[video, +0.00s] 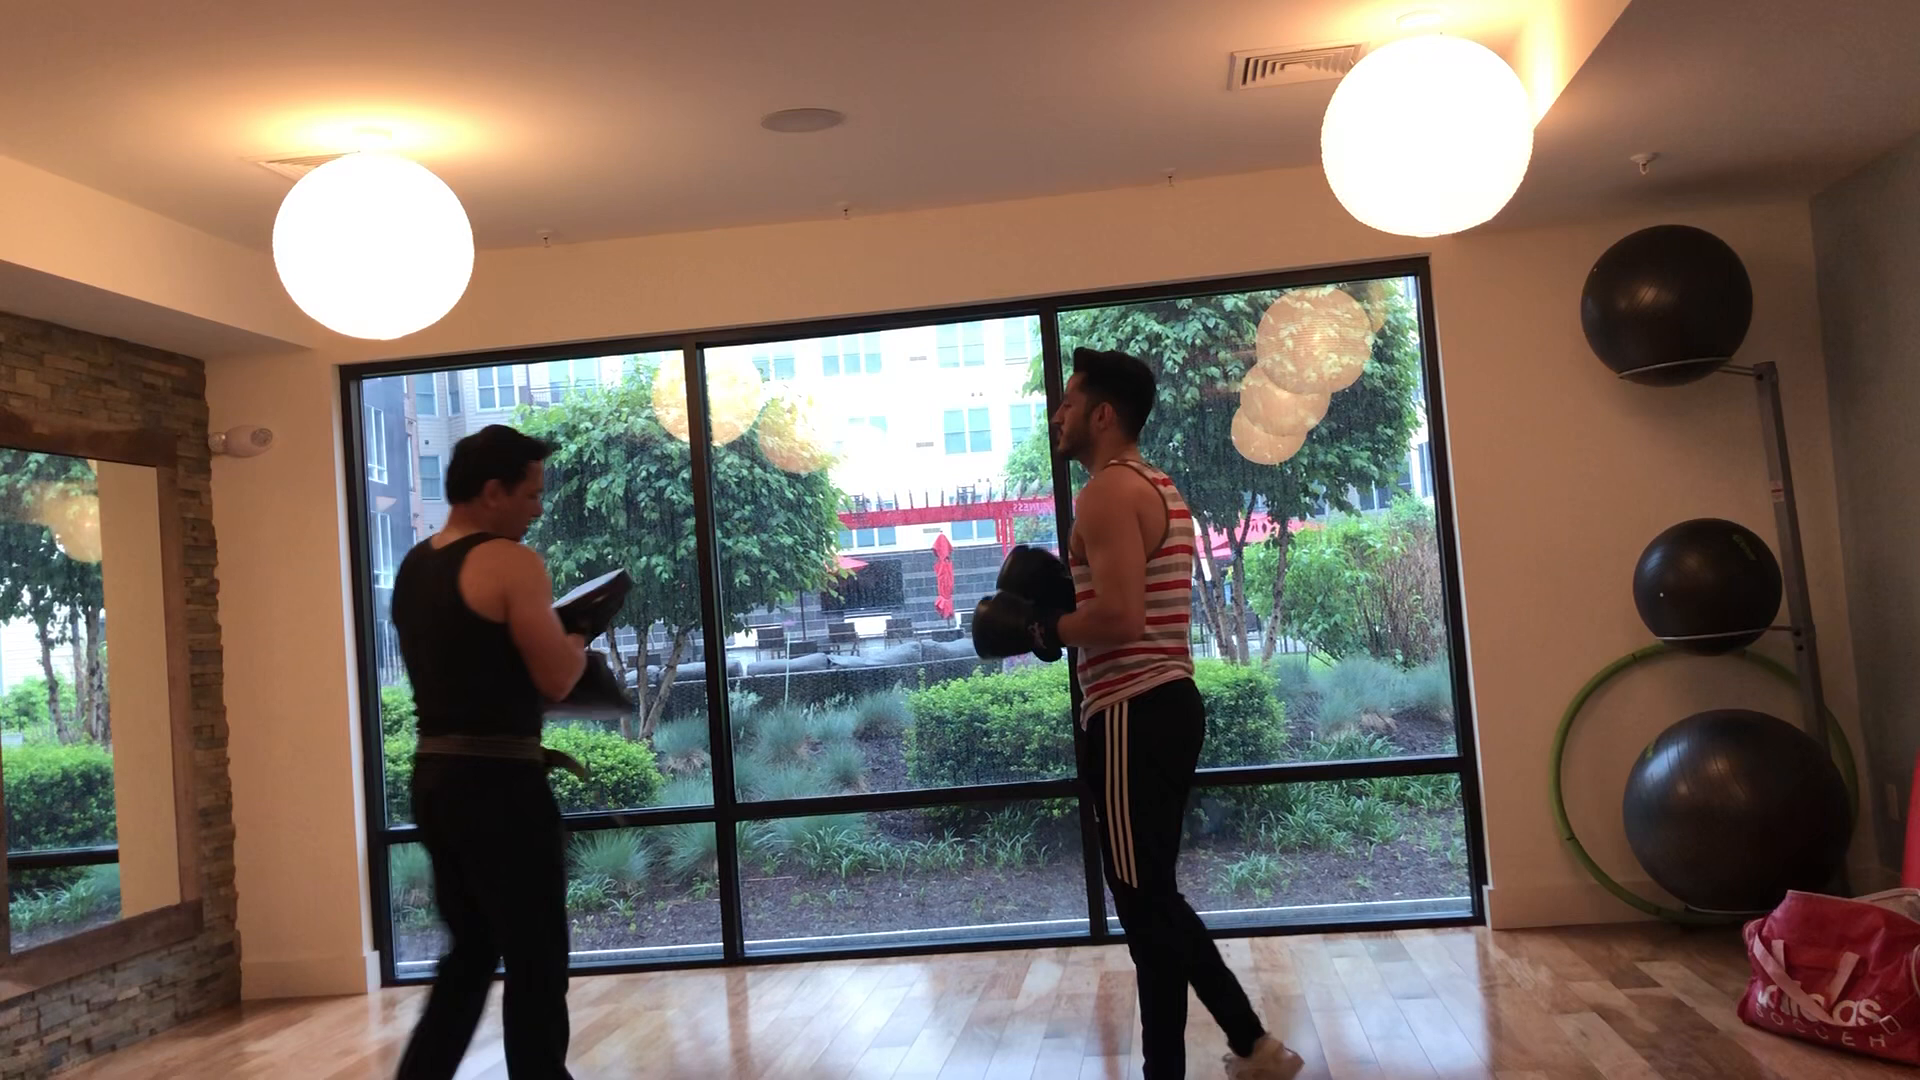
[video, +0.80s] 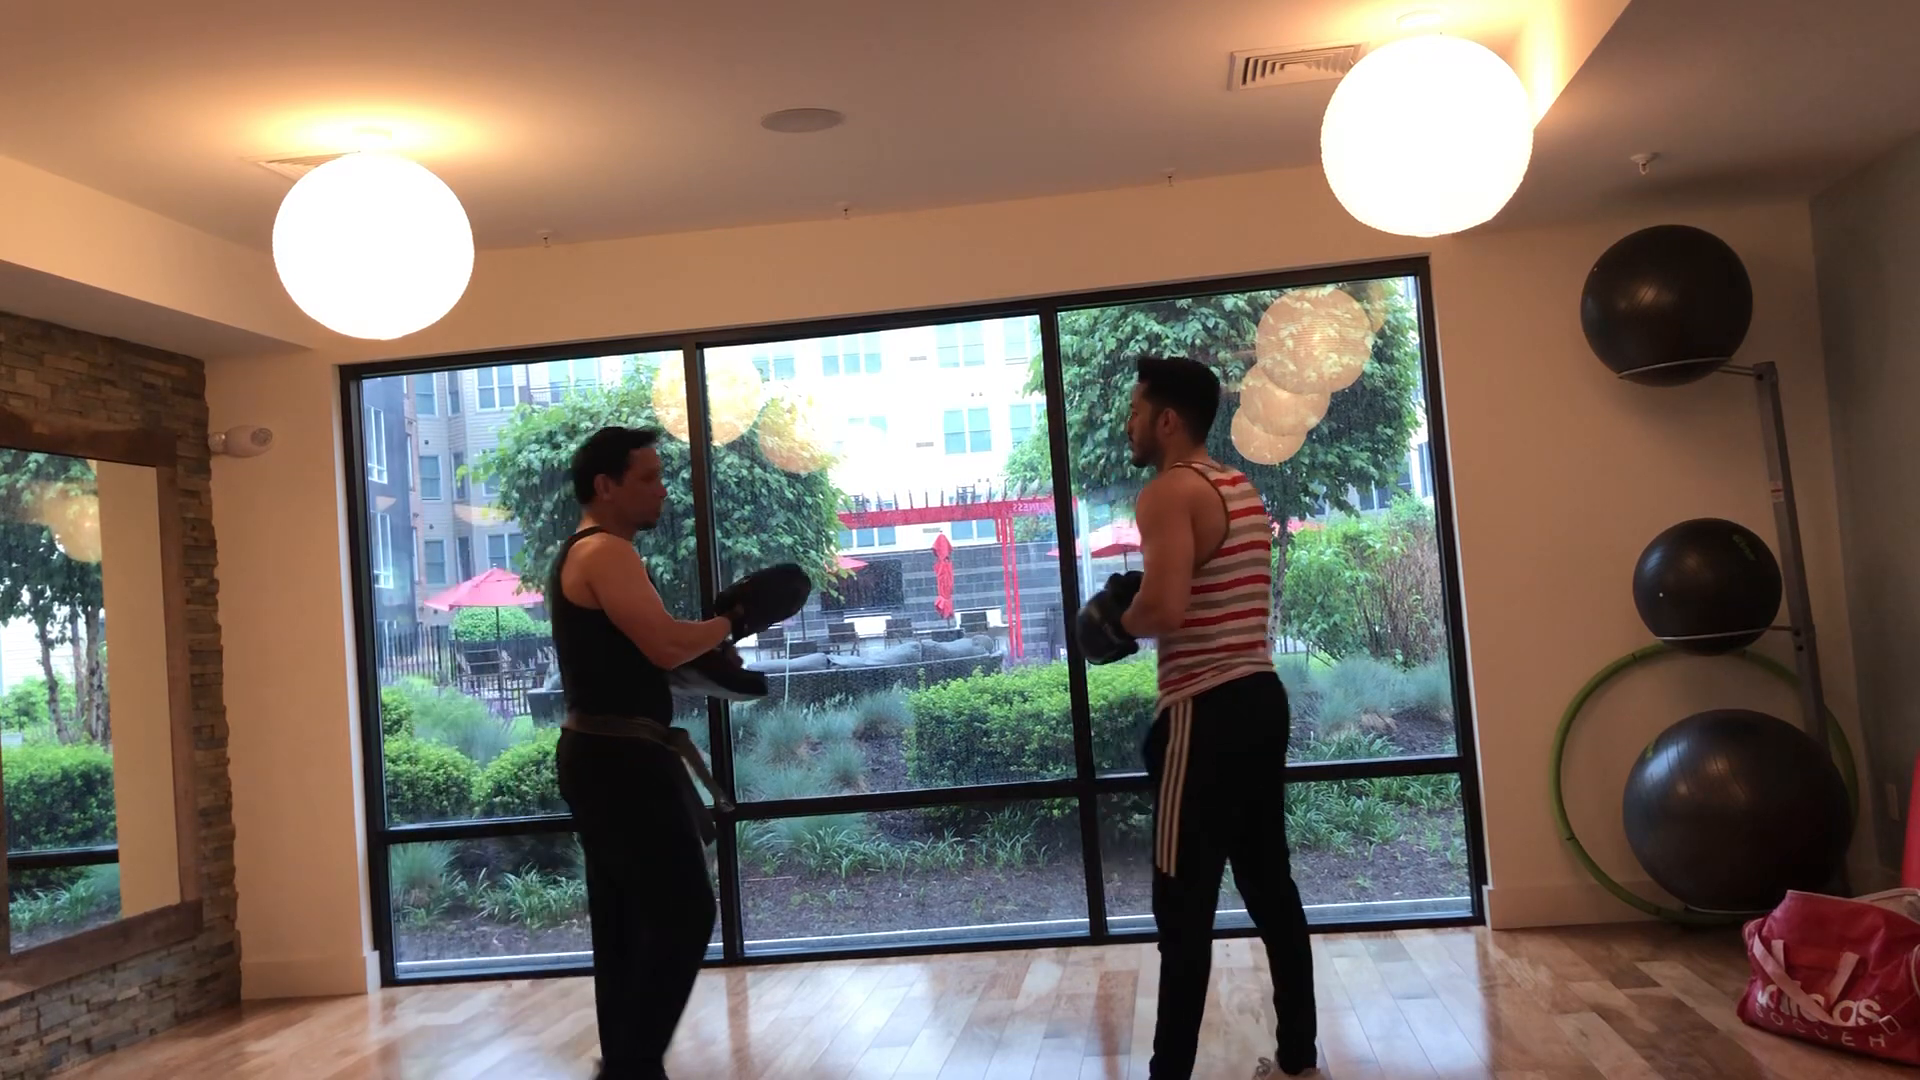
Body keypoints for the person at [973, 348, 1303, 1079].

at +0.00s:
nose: (1055, 413)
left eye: (1066, 400)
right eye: (1061, 399)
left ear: (1102, 413)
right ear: (1115, 417)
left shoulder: (1109, 493)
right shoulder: (1158, 489)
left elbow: (1117, 617)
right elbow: (1140, 604)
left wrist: (1044, 629)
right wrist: (1060, 597)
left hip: (1132, 708)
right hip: (1168, 701)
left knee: (1139, 895)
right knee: (1149, 892)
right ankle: (1250, 1044)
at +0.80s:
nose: (1126, 422)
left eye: (1134, 409)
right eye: (1130, 407)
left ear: (1167, 418)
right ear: (1189, 421)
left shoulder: (1169, 492)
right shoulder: (1238, 486)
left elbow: (1164, 613)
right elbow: (1227, 603)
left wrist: (1118, 619)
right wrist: (1142, 601)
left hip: (1203, 712)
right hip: (1259, 701)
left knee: (1181, 904)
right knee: (1271, 889)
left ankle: (1170, 1066)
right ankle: (1299, 1053)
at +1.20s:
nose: (1153, 423)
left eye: (1163, 410)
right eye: (1156, 409)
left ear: (1199, 418)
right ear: (1214, 421)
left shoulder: (1210, 485)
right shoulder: (1264, 484)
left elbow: (1215, 603)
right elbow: (1248, 602)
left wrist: (1157, 615)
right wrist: (1172, 605)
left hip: (1242, 704)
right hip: (1291, 696)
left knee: (1201, 885)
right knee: (1284, 882)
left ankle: (1267, 1056)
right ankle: (1300, 1050)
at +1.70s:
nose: (1197, 404)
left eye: (1212, 392)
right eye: (1201, 391)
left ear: (1256, 404)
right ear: (1248, 406)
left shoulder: (1279, 479)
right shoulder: (1258, 483)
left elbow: (1286, 599)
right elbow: (1267, 599)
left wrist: (1196, 605)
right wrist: (1194, 600)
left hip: (1293, 701)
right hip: (1263, 706)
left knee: (1320, 883)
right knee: (1267, 883)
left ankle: (1362, 1068)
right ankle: (1296, 1057)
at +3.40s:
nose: (1259, 421)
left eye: (1273, 406)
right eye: (1250, 410)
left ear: (1312, 410)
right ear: (1247, 419)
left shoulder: (1342, 478)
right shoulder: (1297, 495)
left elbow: (1407, 580)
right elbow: (1341, 592)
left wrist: (1312, 619)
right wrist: (1279, 619)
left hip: (1375, 698)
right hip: (1340, 702)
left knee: (1364, 883)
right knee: (1364, 882)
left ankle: (1376, 1062)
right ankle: (1401, 1047)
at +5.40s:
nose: (1241, 447)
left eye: (1246, 429)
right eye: (1238, 433)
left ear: (1283, 420)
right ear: (1305, 423)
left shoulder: (1317, 475)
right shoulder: (1366, 469)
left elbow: (1353, 582)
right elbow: (1368, 594)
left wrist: (1269, 602)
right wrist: (1285, 601)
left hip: (1390, 696)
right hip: (1434, 687)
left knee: (1332, 887)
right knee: (1419, 868)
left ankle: (1385, 1067)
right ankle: (1454, 1048)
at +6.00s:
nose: (1241, 534)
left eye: (1243, 516)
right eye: (1236, 519)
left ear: (1286, 504)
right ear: (1296, 503)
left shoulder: (1334, 546)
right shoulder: (1375, 531)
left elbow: (1307, 680)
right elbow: (1335, 676)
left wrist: (1239, 630)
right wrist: (1257, 618)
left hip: (1459, 731)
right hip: (1498, 724)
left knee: (1344, 902)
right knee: (1429, 885)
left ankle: (1412, 1072)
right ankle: (1477, 1043)